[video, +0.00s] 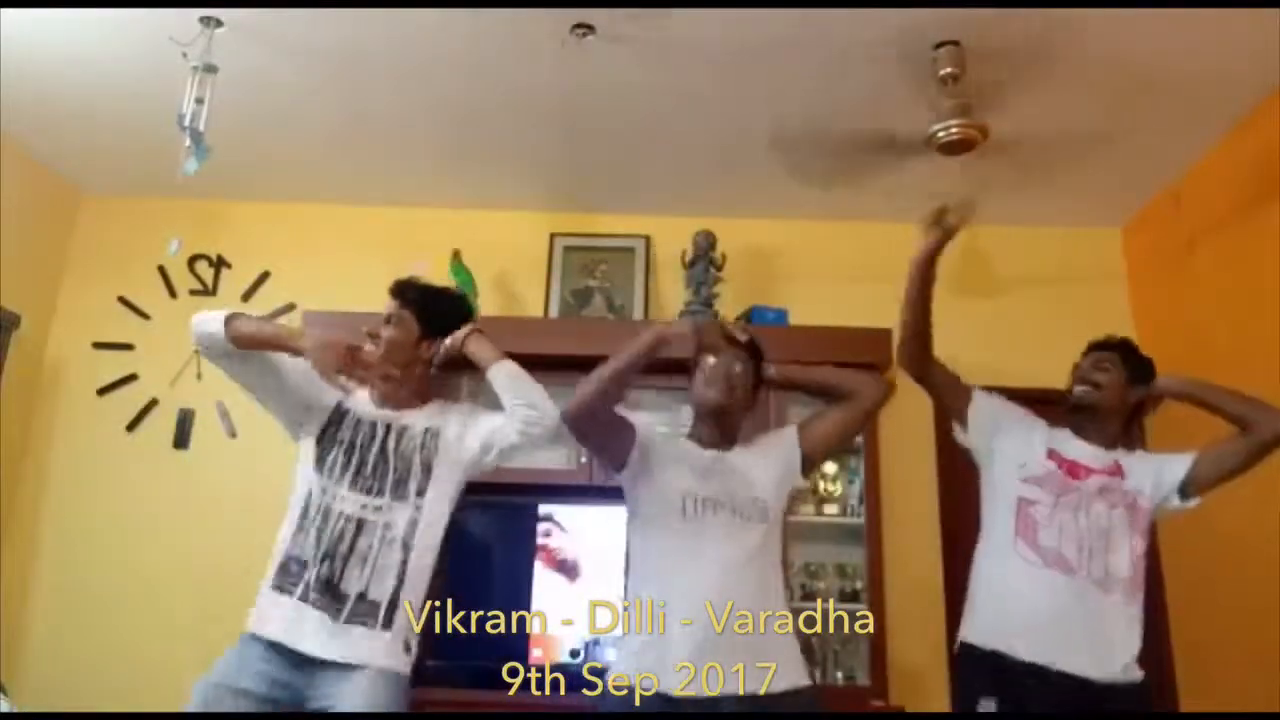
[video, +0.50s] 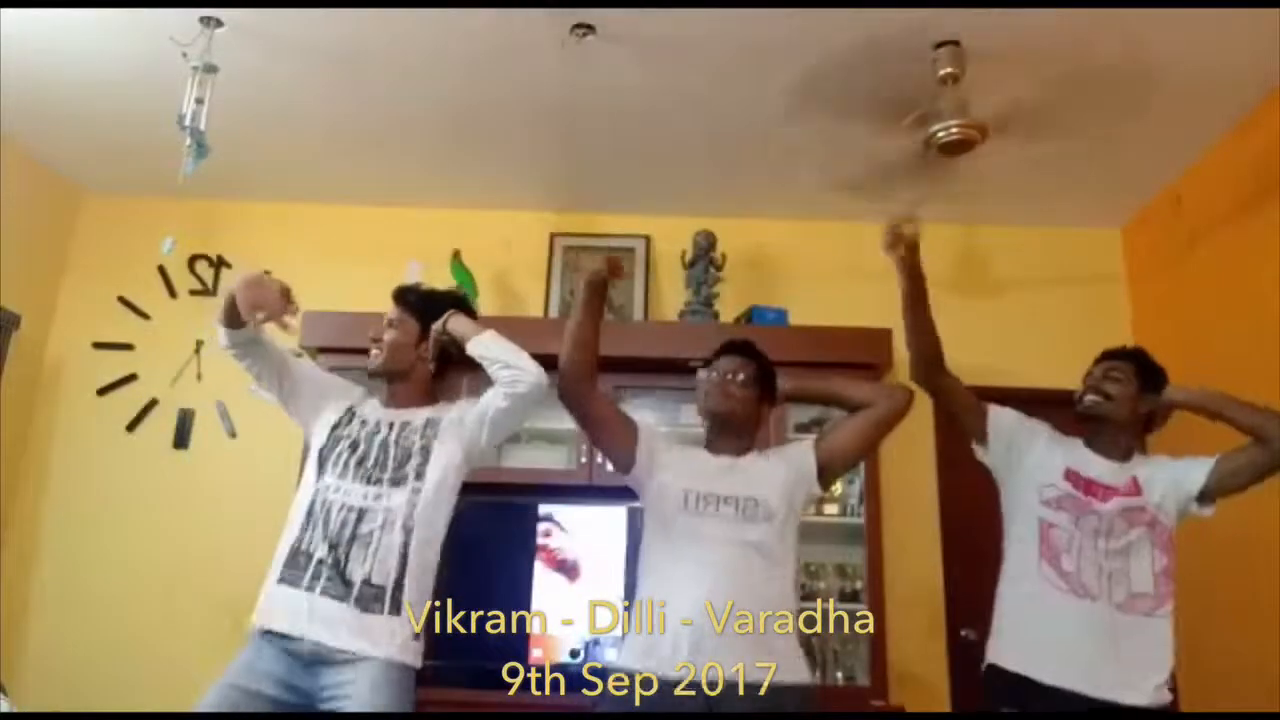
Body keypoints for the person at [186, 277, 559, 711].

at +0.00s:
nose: (375, 330)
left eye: (393, 323)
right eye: (383, 318)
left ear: (430, 350)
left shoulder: (462, 432)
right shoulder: (327, 404)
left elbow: (541, 424)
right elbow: (207, 332)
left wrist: (474, 344)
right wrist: (306, 343)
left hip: (365, 664)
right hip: (271, 642)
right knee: (209, 700)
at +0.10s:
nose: (379, 325)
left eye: (395, 317)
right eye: (385, 315)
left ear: (434, 340)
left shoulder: (465, 422)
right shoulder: (336, 395)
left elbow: (534, 405)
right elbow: (215, 330)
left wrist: (467, 338)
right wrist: (268, 330)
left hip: (362, 641)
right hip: (272, 622)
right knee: (210, 697)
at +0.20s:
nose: (380, 320)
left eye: (396, 312)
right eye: (386, 310)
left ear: (435, 337)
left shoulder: (467, 416)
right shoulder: (341, 386)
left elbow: (530, 395)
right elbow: (227, 338)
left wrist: (466, 331)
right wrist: (242, 321)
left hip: (364, 616)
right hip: (276, 594)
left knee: (360, 704)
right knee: (218, 694)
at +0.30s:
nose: (381, 321)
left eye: (398, 313)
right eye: (387, 311)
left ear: (436, 335)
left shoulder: (468, 415)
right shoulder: (344, 386)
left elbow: (529, 388)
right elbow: (238, 340)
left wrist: (465, 328)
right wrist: (222, 290)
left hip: (366, 613)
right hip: (278, 592)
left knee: (358, 704)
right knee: (218, 703)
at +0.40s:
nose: (380, 330)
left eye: (395, 322)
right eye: (385, 320)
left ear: (432, 345)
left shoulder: (462, 423)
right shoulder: (337, 399)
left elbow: (531, 386)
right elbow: (241, 350)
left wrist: (469, 330)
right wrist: (233, 303)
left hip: (370, 659)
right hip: (278, 639)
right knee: (211, 708)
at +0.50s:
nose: (378, 335)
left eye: (393, 326)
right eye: (383, 324)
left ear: (428, 347)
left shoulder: (461, 427)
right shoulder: (334, 403)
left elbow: (528, 384)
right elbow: (246, 345)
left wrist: (465, 328)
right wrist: (239, 296)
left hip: (371, 661)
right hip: (277, 644)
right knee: (209, 710)